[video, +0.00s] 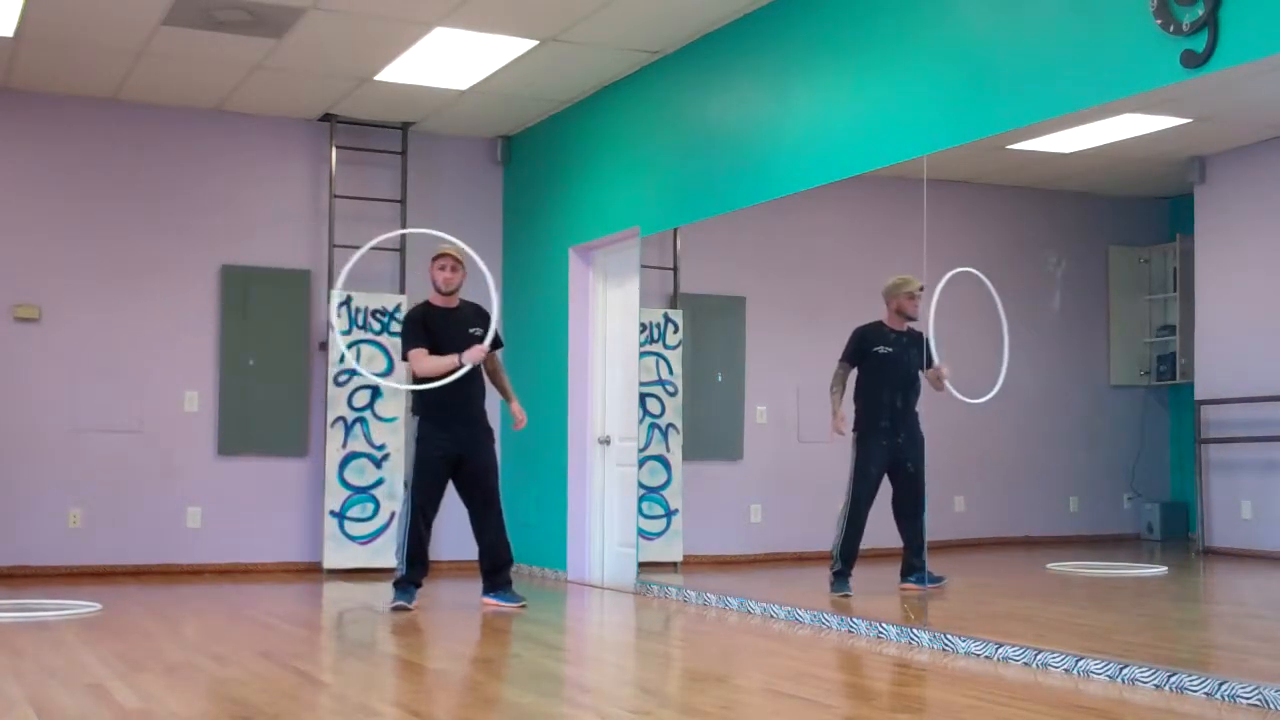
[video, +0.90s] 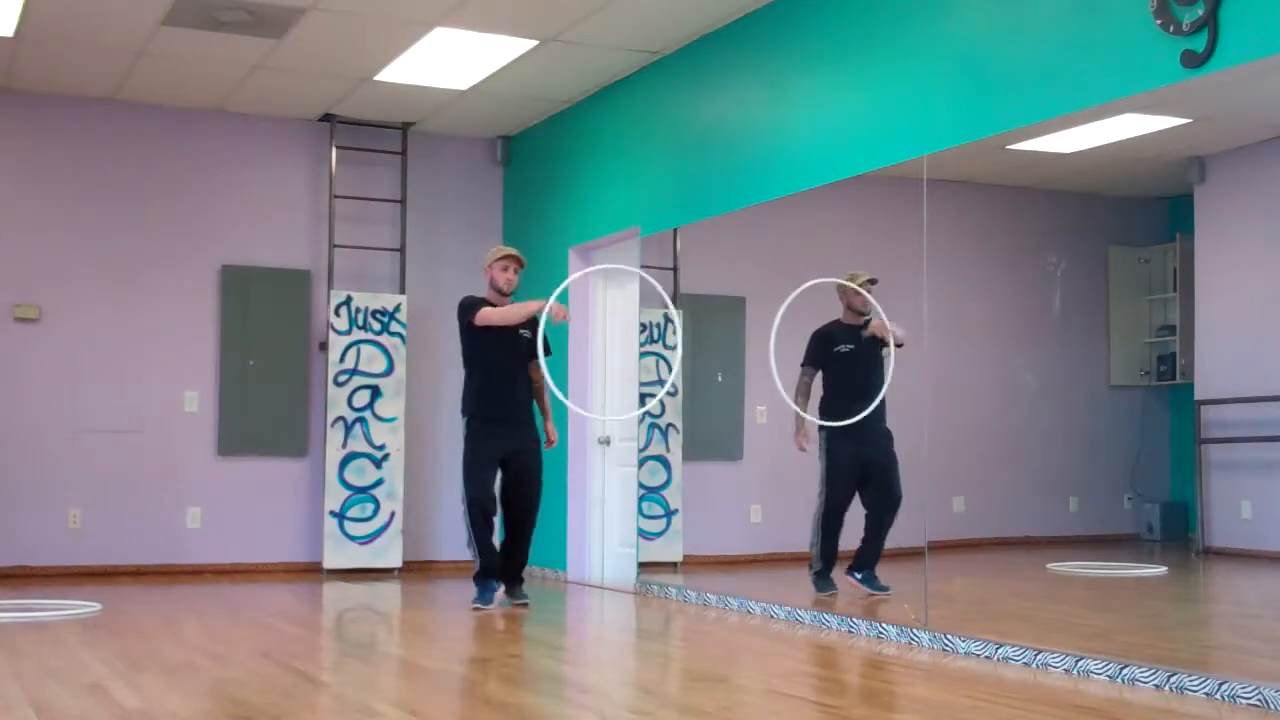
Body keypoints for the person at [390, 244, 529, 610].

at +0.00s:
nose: (447, 274)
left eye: (454, 269)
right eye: (441, 268)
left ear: (463, 276)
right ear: (430, 274)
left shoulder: (478, 316)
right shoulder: (416, 317)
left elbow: (492, 364)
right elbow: (419, 366)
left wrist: (512, 401)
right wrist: (462, 358)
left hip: (474, 426)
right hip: (434, 427)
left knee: (487, 507)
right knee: (421, 508)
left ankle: (497, 586)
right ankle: (407, 586)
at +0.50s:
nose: (488, 276)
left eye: (494, 272)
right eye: (482, 269)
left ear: (497, 280)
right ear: (465, 273)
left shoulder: (496, 321)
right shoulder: (447, 311)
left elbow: (500, 374)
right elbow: (473, 351)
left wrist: (511, 418)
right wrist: (513, 380)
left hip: (487, 420)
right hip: (449, 419)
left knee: (493, 505)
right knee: (432, 503)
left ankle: (494, 585)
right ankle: (411, 584)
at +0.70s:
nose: (503, 277)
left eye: (508, 273)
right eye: (497, 270)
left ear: (512, 280)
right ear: (481, 273)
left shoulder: (516, 321)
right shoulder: (464, 308)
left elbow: (526, 376)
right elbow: (496, 336)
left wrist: (535, 420)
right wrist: (533, 357)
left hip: (503, 422)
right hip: (465, 420)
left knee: (501, 506)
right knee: (453, 502)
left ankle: (495, 585)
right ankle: (445, 581)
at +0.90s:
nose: (511, 276)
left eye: (515, 271)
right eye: (504, 269)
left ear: (519, 278)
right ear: (488, 272)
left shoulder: (527, 319)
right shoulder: (470, 306)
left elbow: (536, 373)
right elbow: (494, 317)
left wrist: (547, 418)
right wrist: (543, 305)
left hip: (521, 424)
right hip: (482, 423)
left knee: (524, 506)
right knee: (479, 502)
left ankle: (513, 580)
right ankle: (487, 579)